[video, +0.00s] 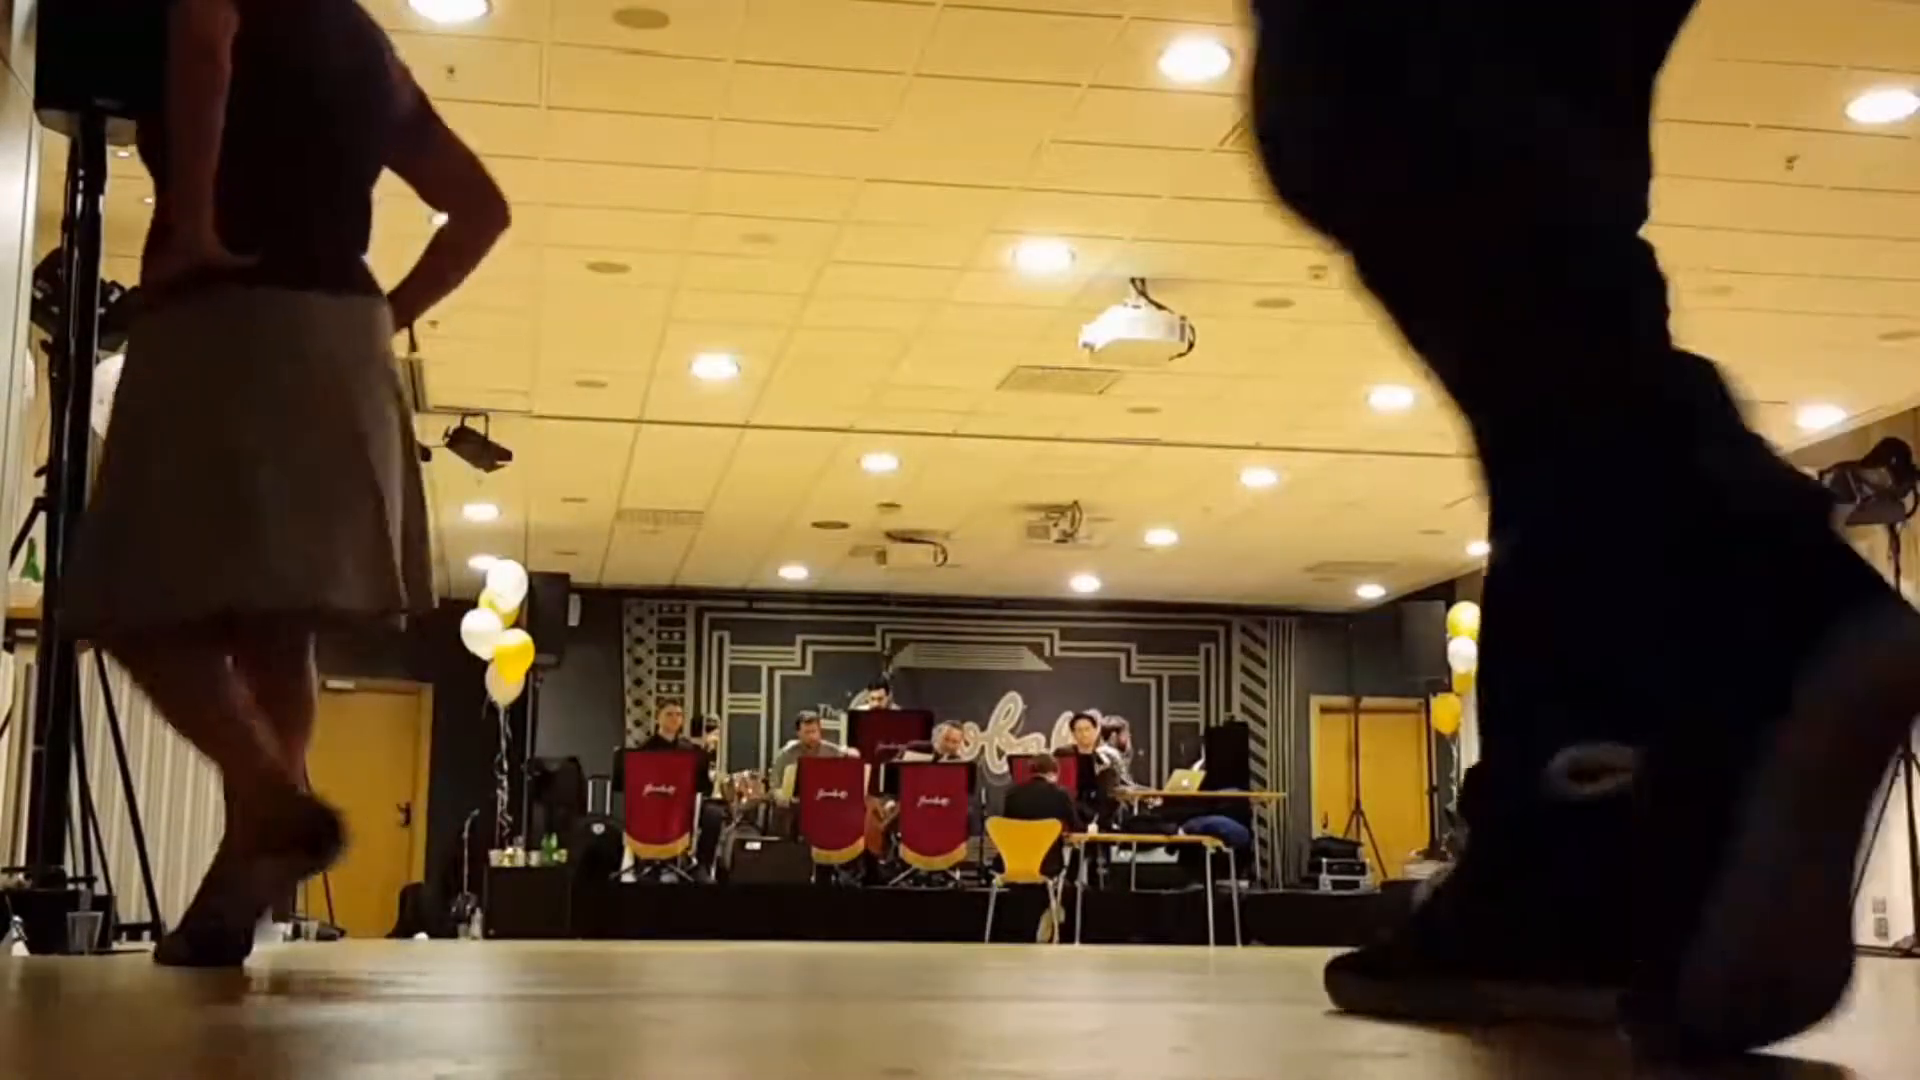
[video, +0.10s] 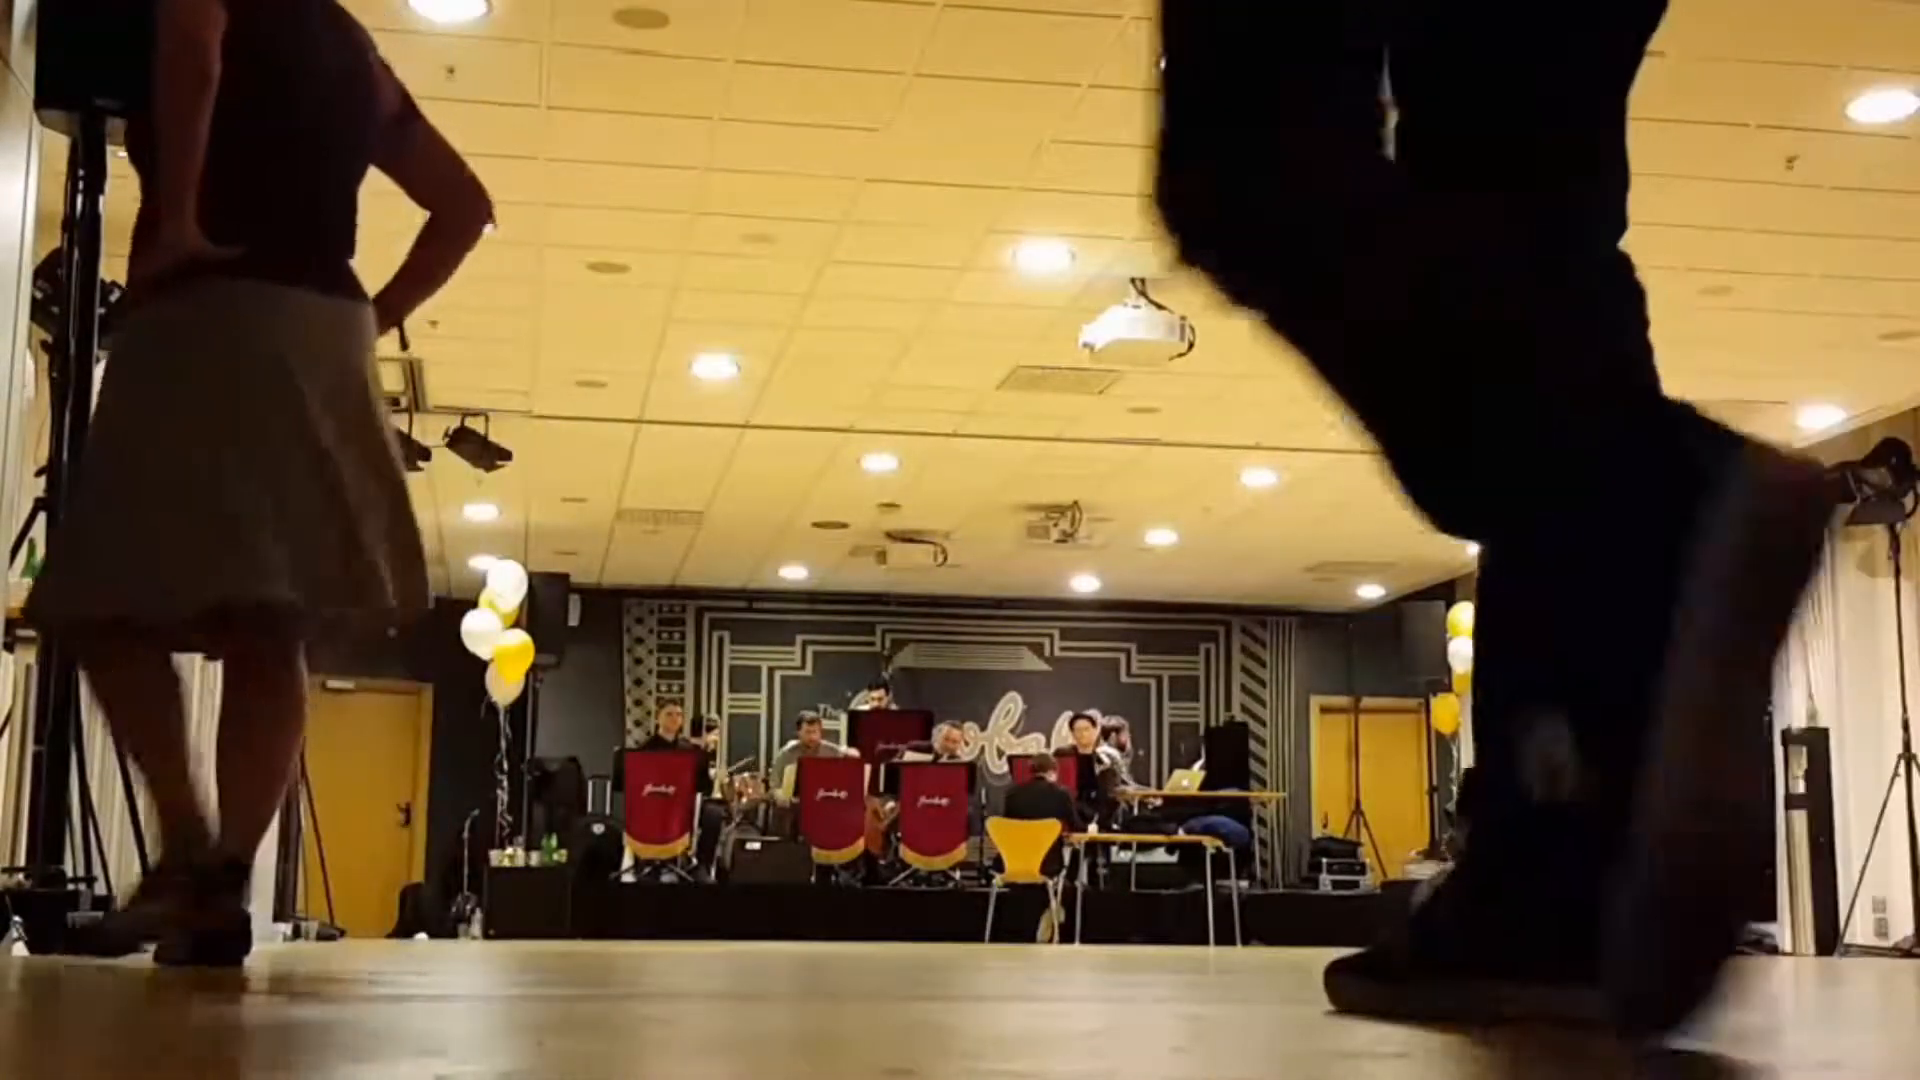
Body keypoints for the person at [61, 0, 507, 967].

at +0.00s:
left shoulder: (206, 10)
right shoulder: (358, 43)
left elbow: (205, 40)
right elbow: (480, 210)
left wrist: (185, 226)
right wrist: (390, 311)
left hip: (222, 322)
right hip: (341, 331)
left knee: (130, 602)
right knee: (280, 628)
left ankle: (278, 805)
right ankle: (229, 909)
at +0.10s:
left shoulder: (192, 4)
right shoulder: (341, 40)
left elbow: (193, 48)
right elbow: (463, 205)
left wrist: (170, 215)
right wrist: (378, 316)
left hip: (208, 319)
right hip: (326, 327)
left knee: (97, 604)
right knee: (269, 627)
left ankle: (186, 843)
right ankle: (222, 901)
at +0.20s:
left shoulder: (176, 5)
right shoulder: (334, 54)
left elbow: (175, 46)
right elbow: (450, 208)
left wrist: (154, 214)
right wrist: (369, 322)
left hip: (182, 323)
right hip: (310, 336)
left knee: (88, 613)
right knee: (264, 631)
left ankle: (93, 886)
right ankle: (222, 903)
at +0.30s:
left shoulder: (159, 13)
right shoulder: (315, 62)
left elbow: (148, 73)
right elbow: (437, 219)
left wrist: (124, 236)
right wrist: (359, 328)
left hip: (164, 337)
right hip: (298, 351)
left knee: (84, 630)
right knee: (260, 640)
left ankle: (32, 889)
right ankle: (223, 901)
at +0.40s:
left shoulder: (124, 16)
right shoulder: (293, 62)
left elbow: (108, 78)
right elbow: (426, 215)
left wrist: (97, 241)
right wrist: (352, 330)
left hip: (148, 346)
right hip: (283, 356)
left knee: (79, 639)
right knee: (252, 643)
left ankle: (18, 884)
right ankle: (223, 893)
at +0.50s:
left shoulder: (95, 18)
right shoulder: (276, 70)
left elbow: (59, 90)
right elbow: (411, 211)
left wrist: (57, 241)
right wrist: (340, 332)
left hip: (123, 354)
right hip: (263, 359)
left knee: (70, 644)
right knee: (238, 643)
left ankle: (9, 893)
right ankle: (220, 887)